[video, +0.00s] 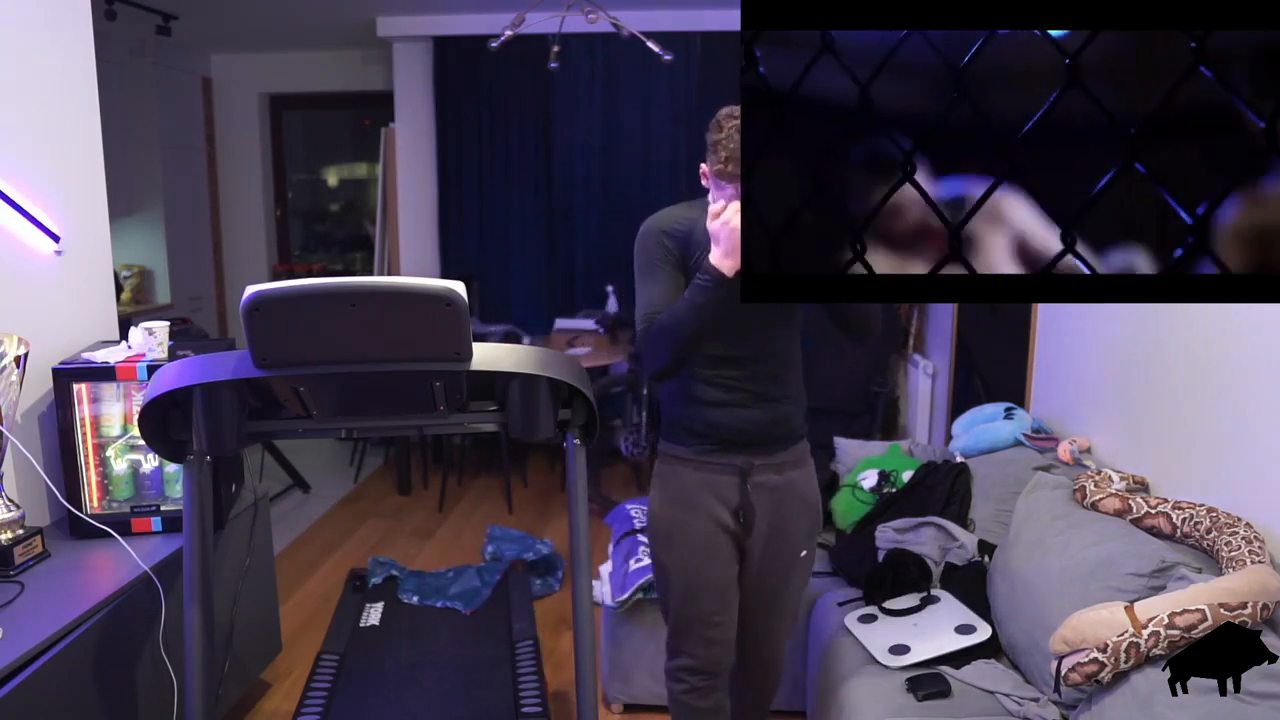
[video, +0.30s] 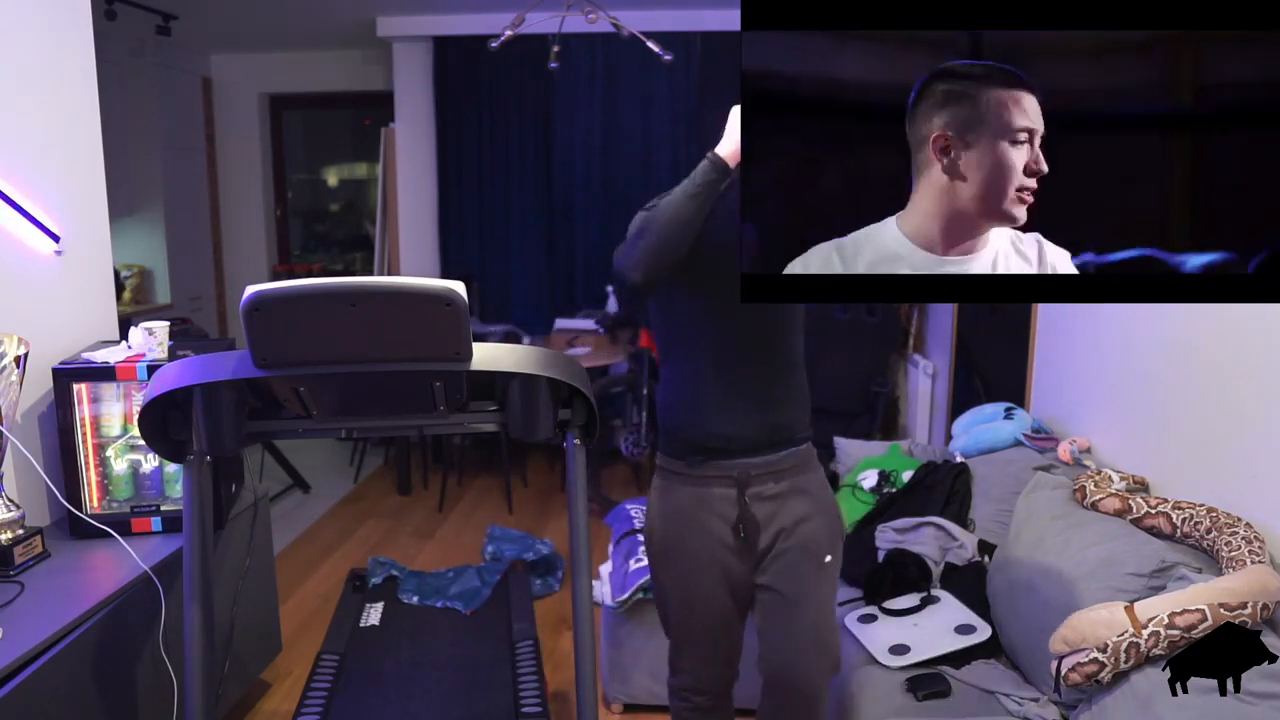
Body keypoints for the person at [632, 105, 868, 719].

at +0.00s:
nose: (736, 197)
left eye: (751, 182)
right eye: (725, 180)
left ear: (777, 180)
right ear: (706, 174)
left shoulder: (792, 230)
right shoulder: (667, 233)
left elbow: (865, 326)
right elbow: (654, 356)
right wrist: (720, 265)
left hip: (788, 477)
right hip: (693, 477)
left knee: (765, 669)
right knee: (701, 666)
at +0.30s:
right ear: (730, 141)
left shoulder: (794, 210)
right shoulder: (669, 212)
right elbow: (634, 270)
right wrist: (722, 161)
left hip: (794, 480)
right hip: (691, 490)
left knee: (805, 680)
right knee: (701, 689)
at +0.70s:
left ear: (829, 140)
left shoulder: (845, 213)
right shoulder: (697, 206)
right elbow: (657, 93)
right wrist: (762, 123)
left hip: (818, 518)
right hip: (699, 522)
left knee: (808, 709)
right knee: (716, 709)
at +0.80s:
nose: (759, 152)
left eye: (780, 138)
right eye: (751, 139)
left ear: (820, 163)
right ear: (734, 152)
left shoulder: (845, 246)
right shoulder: (702, 223)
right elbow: (691, 89)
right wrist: (789, 93)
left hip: (828, 532)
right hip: (707, 532)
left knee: (814, 711)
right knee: (716, 709)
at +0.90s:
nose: (771, 178)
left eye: (783, 161)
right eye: (754, 165)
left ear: (807, 164)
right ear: (728, 166)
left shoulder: (847, 242)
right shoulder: (703, 232)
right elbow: (709, 82)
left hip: (833, 533)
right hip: (711, 532)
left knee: (817, 713)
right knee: (725, 711)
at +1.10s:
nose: (864, 183)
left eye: (869, 169)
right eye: (854, 165)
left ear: (867, 169)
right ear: (809, 155)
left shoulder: (842, 233)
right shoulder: (701, 215)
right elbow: (735, 50)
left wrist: (866, 222)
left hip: (838, 544)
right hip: (721, 551)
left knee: (823, 714)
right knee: (730, 712)